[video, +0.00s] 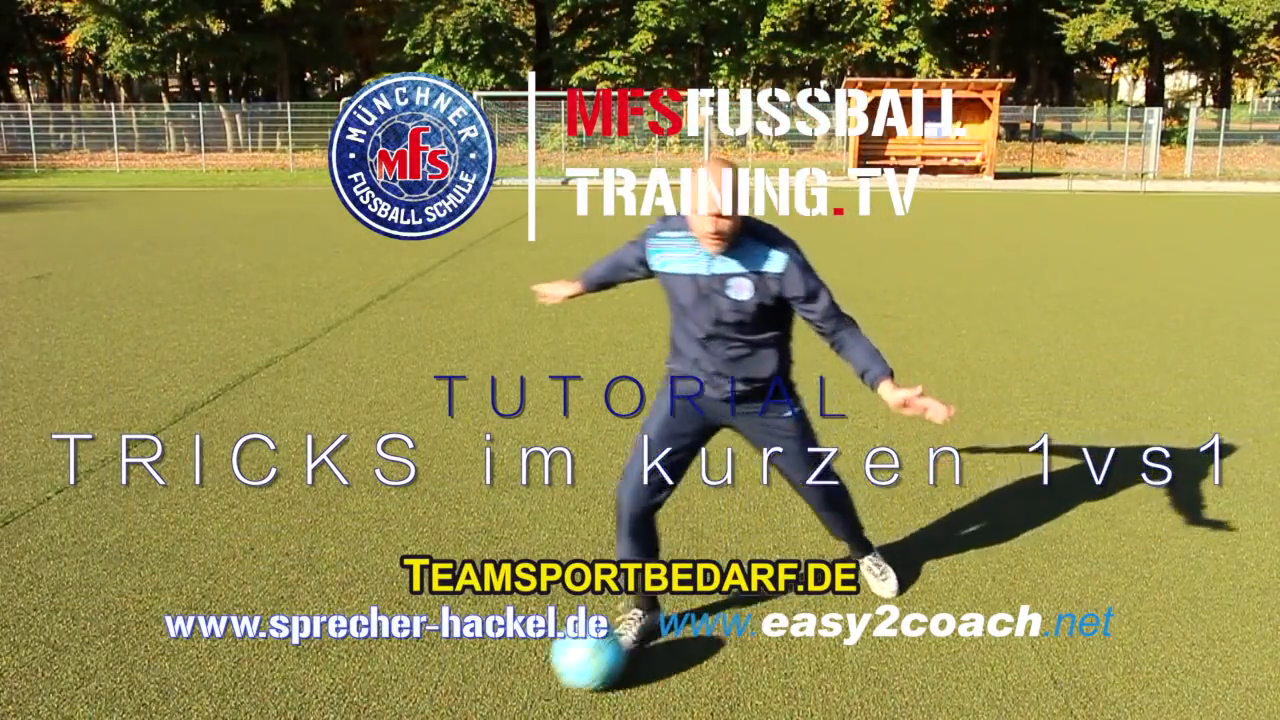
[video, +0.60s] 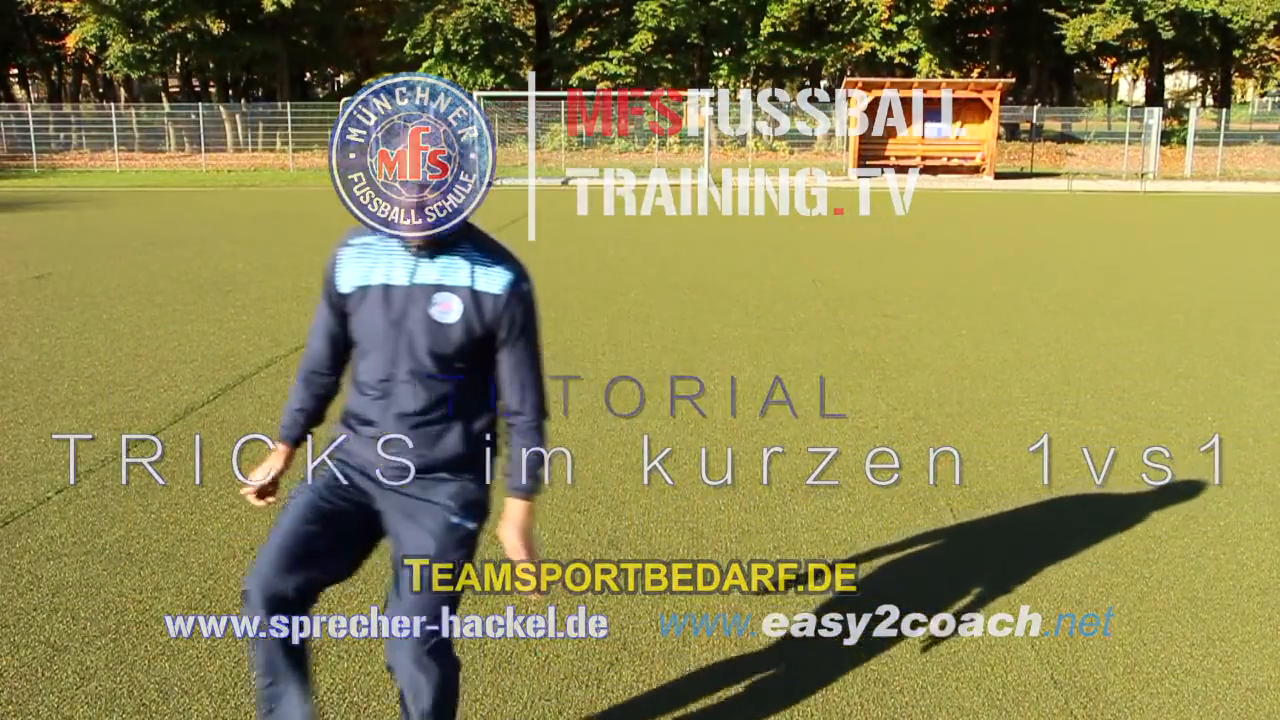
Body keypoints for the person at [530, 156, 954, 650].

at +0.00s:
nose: (716, 226)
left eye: (726, 216)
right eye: (706, 216)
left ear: (742, 208)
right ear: (688, 207)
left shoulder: (776, 254)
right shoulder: (662, 240)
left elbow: (833, 323)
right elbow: (621, 264)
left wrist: (886, 385)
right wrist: (577, 284)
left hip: (764, 395)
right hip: (688, 391)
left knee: (821, 488)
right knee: (632, 501)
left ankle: (865, 554)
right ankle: (644, 611)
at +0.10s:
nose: (673, 211)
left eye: (683, 200)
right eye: (664, 199)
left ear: (702, 198)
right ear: (648, 196)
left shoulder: (742, 249)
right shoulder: (623, 242)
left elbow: (812, 309)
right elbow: (574, 275)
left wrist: (882, 362)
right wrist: (523, 301)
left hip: (735, 405)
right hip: (658, 402)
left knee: (787, 500)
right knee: (614, 515)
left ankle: (844, 557)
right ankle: (642, 610)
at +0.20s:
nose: (617, 188)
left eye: (629, 175)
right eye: (606, 175)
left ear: (653, 170)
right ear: (589, 171)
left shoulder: (695, 229)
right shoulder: (567, 232)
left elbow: (773, 283)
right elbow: (514, 278)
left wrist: (850, 329)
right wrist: (455, 317)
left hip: (686, 402)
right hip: (609, 404)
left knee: (711, 530)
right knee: (595, 527)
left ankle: (734, 586)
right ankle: (636, 607)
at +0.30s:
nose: (571, 149)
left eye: (583, 138)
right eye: (560, 137)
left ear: (604, 136)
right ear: (544, 137)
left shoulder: (651, 198)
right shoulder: (524, 201)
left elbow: (722, 266)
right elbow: (468, 262)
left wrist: (793, 324)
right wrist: (415, 314)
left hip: (625, 389)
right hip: (550, 390)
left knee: (612, 533)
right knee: (549, 531)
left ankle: (593, 661)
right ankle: (610, 564)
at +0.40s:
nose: (522, 146)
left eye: (537, 133)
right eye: (510, 133)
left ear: (563, 138)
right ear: (492, 137)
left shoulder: (606, 215)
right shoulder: (472, 208)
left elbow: (664, 305)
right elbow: (417, 287)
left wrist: (716, 379)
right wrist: (363, 351)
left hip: (562, 413)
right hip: (485, 409)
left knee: (523, 567)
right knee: (461, 556)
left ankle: (485, 712)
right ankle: (540, 576)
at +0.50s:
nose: (472, 183)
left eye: (487, 168)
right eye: (461, 167)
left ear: (514, 175)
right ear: (444, 171)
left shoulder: (551, 267)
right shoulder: (415, 253)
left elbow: (591, 380)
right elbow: (371, 342)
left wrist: (621, 479)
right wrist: (317, 415)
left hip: (495, 473)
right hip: (411, 460)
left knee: (450, 620)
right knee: (345, 590)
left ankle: (439, 712)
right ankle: (441, 620)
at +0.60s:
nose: (412, 200)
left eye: (428, 185)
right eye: (399, 185)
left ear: (456, 186)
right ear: (378, 185)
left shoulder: (499, 281)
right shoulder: (353, 258)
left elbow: (524, 406)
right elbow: (319, 366)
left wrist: (519, 508)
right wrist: (282, 450)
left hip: (443, 486)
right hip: (353, 469)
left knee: (413, 639)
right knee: (268, 591)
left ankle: (431, 712)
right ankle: (286, 713)